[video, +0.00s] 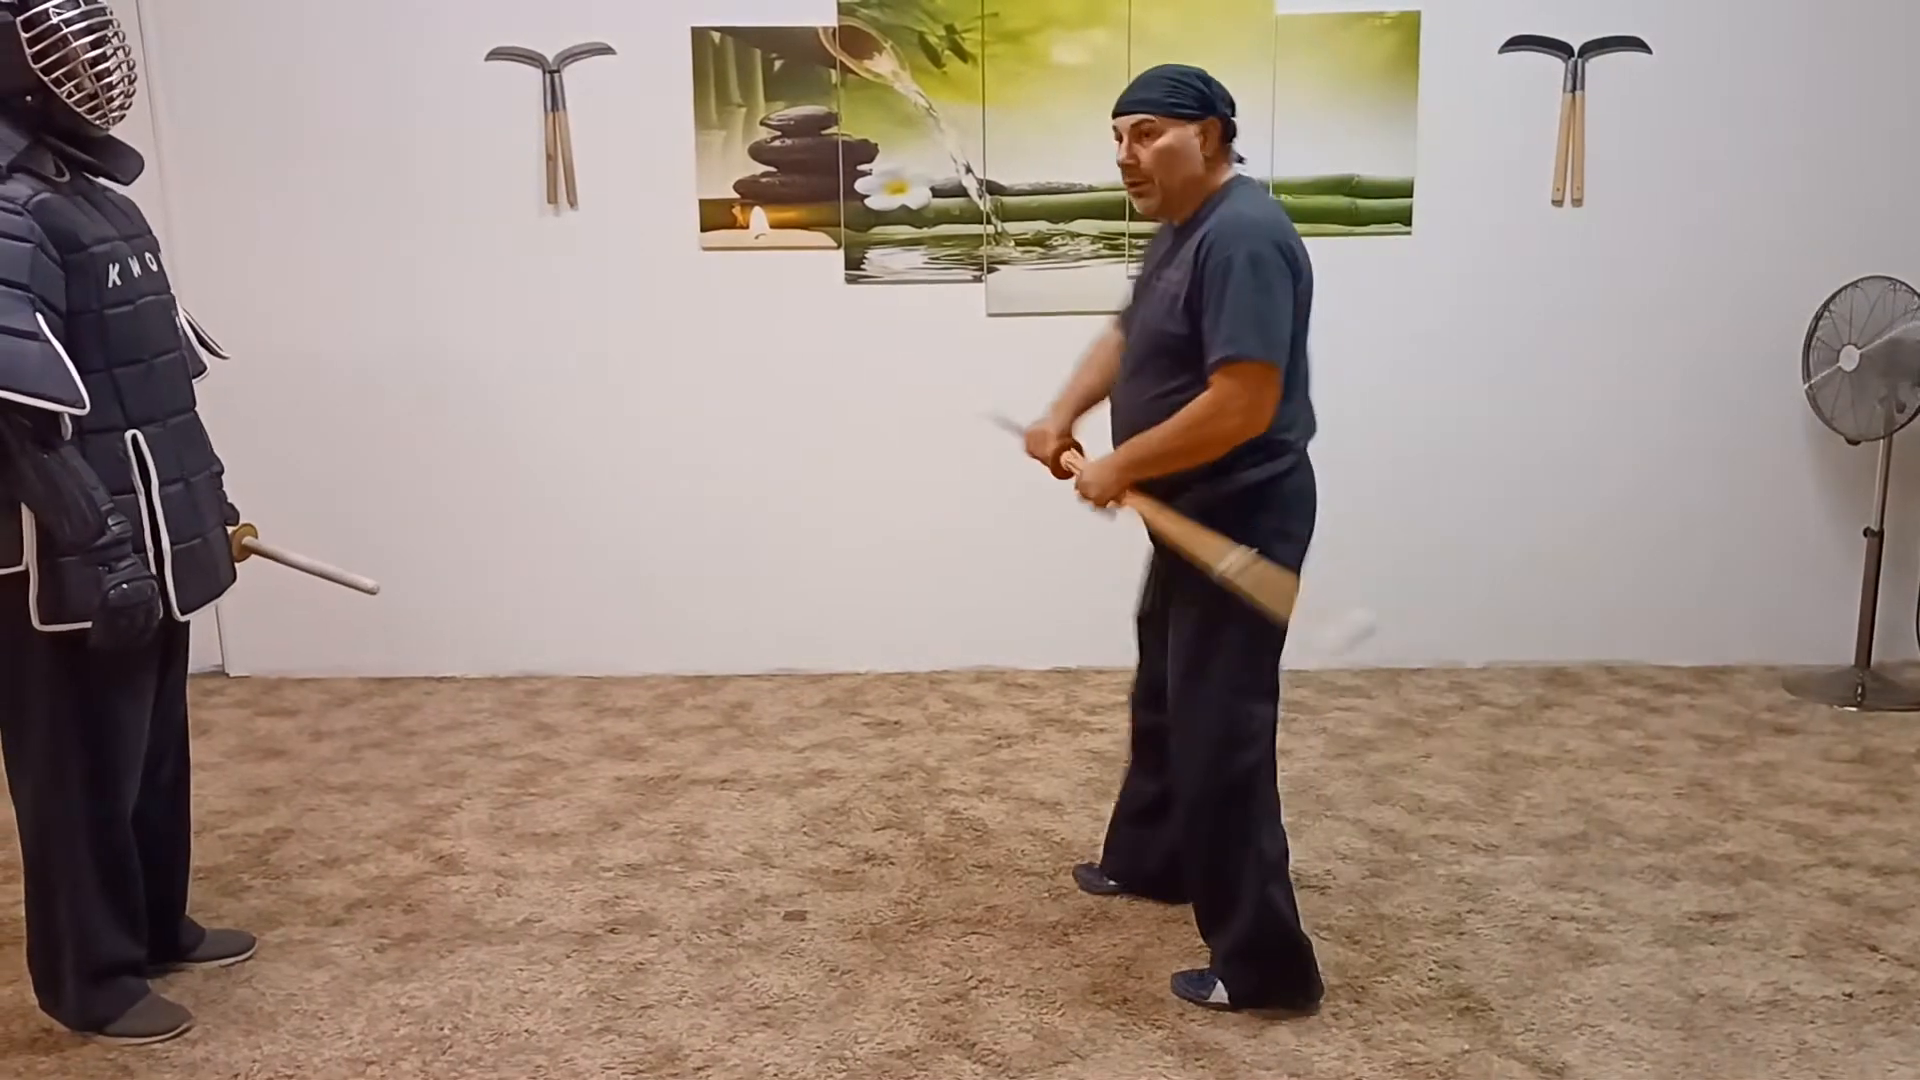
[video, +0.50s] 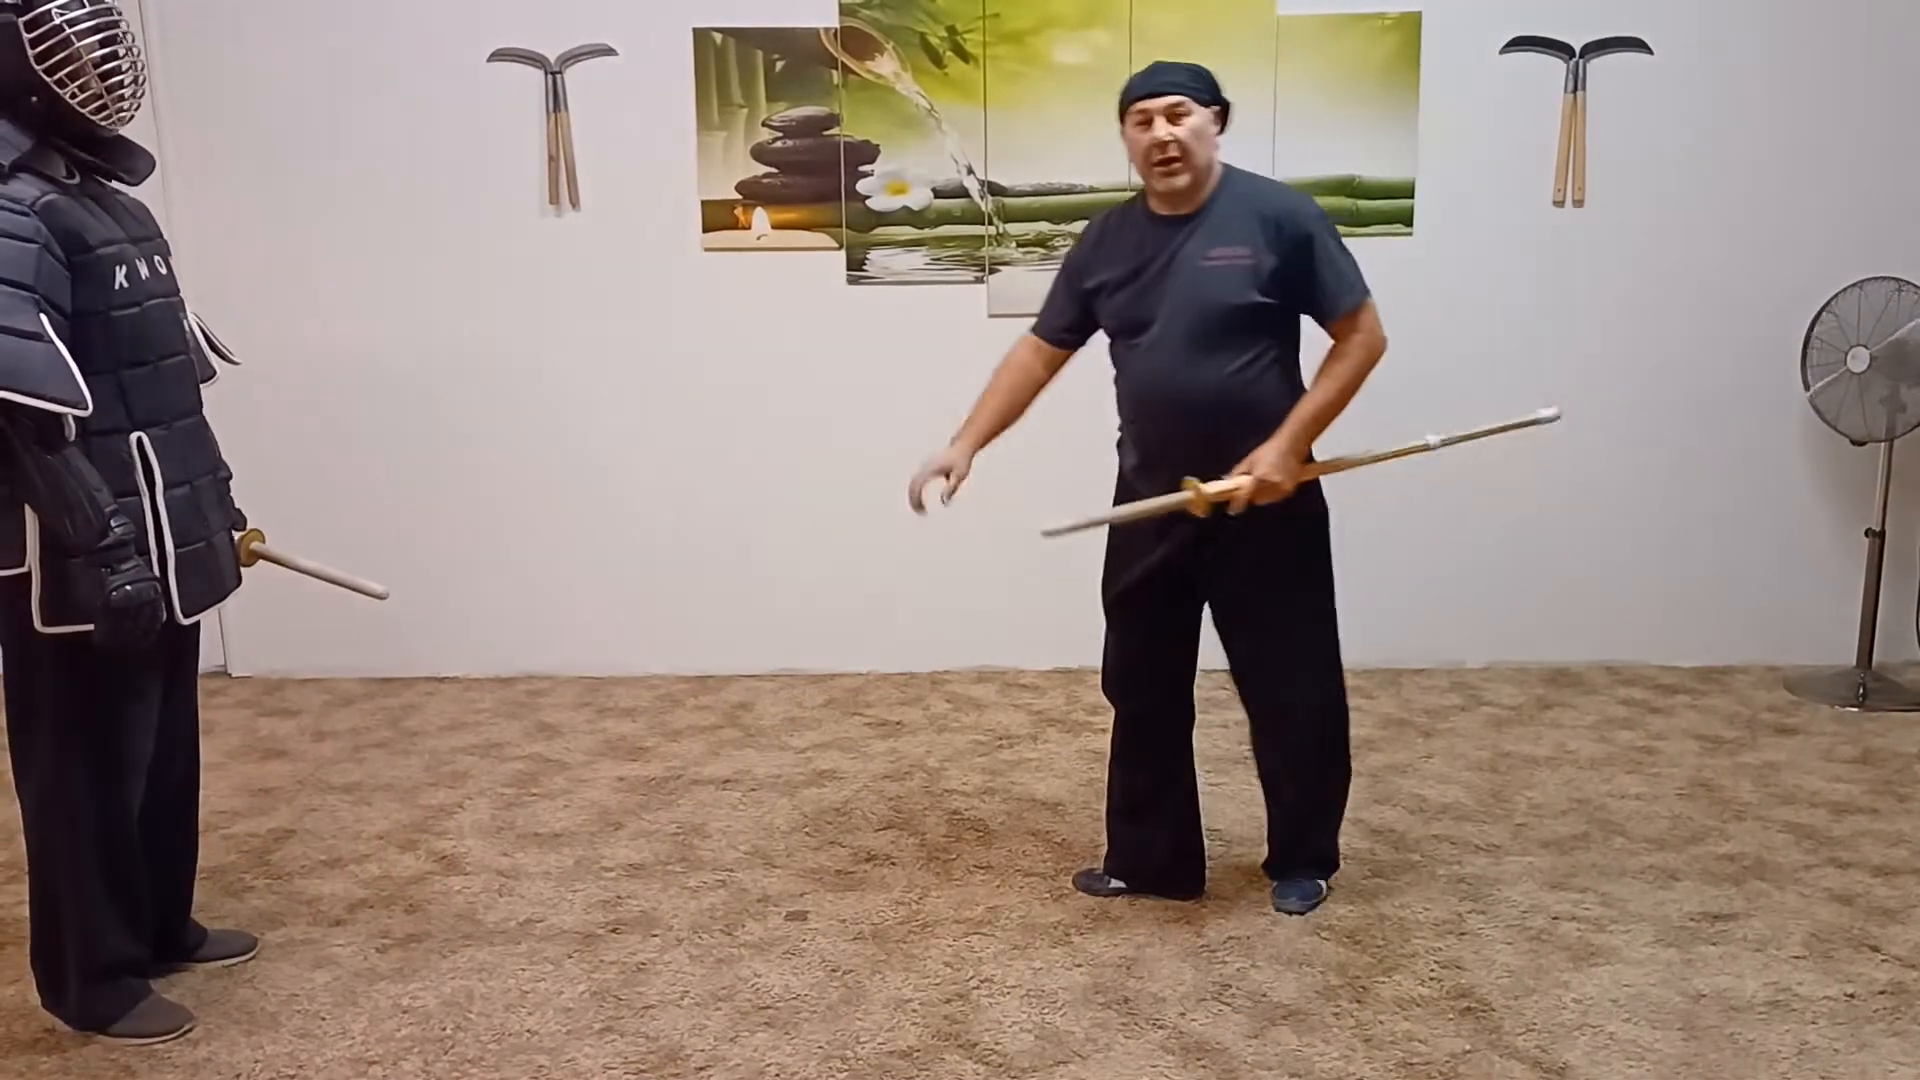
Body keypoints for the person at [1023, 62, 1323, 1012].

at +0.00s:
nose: (1130, 156)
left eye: (1148, 134)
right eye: (1122, 141)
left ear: (1211, 136)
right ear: (1128, 155)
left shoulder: (1243, 233)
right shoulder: (1184, 231)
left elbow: (1244, 401)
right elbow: (1130, 337)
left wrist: (1124, 464)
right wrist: (1062, 412)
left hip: (1244, 514)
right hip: (1188, 506)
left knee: (1217, 729)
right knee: (1164, 692)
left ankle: (1265, 965)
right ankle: (1152, 859)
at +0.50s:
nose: (1162, 133)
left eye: (1178, 115)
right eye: (1143, 121)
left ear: (1218, 126)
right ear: (1126, 142)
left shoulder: (1280, 216)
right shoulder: (1104, 243)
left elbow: (1362, 335)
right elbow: (1041, 351)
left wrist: (1291, 441)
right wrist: (963, 442)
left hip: (1266, 493)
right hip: (1151, 501)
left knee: (1291, 687)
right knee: (1140, 686)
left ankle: (1303, 860)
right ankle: (1152, 859)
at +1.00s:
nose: (1287, 136)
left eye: (1307, 120)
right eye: (1271, 119)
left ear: (1342, 134)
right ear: (1249, 132)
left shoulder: (1384, 238)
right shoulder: (1207, 223)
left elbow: (1424, 385)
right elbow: (1165, 346)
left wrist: (1430, 518)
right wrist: (1119, 460)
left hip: (1335, 498)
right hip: (1218, 487)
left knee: (1337, 689)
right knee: (1192, 678)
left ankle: (1313, 863)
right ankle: (1178, 858)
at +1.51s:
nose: (1293, 132)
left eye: (1313, 117)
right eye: (1278, 116)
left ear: (1347, 133)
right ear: (1257, 130)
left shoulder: (1384, 241)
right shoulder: (1209, 216)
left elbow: (1402, 388)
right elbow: (1138, 326)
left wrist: (1374, 520)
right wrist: (1072, 430)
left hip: (1332, 500)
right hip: (1221, 489)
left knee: (1333, 691)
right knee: (1225, 679)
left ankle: (1319, 857)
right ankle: (1247, 841)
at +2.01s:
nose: (1235, 125)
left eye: (1252, 111)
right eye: (1218, 116)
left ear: (1287, 124)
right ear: (1198, 139)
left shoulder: (1342, 215)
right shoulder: (1169, 239)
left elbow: (1389, 356)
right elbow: (1147, 377)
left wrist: (1384, 482)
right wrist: (1139, 499)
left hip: (1324, 496)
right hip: (1213, 500)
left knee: (1328, 685)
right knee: (1218, 684)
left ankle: (1319, 858)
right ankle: (1244, 844)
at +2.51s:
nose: (1236, 126)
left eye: (1254, 110)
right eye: (1219, 116)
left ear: (1294, 126)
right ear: (1205, 139)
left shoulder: (1348, 222)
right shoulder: (1176, 237)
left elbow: (1391, 366)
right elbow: (1139, 368)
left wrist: (1370, 496)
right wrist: (1106, 488)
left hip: (1319, 491)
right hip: (1206, 494)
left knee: (1323, 683)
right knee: (1214, 679)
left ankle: (1317, 857)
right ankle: (1246, 838)